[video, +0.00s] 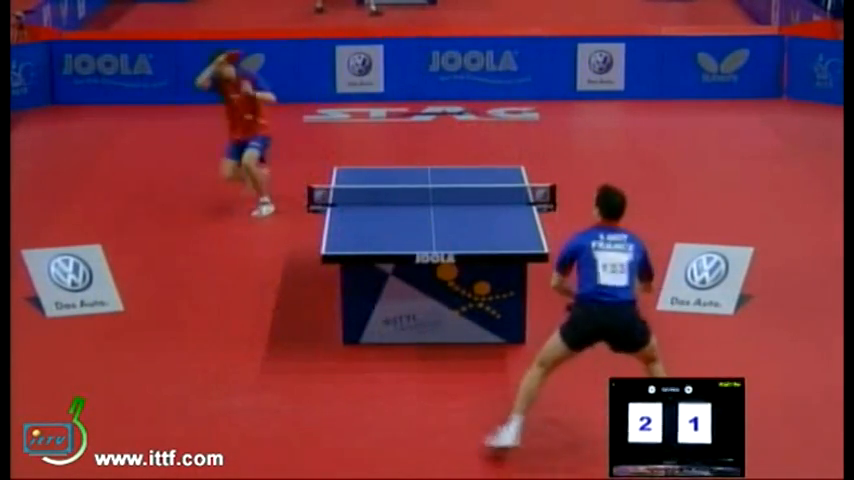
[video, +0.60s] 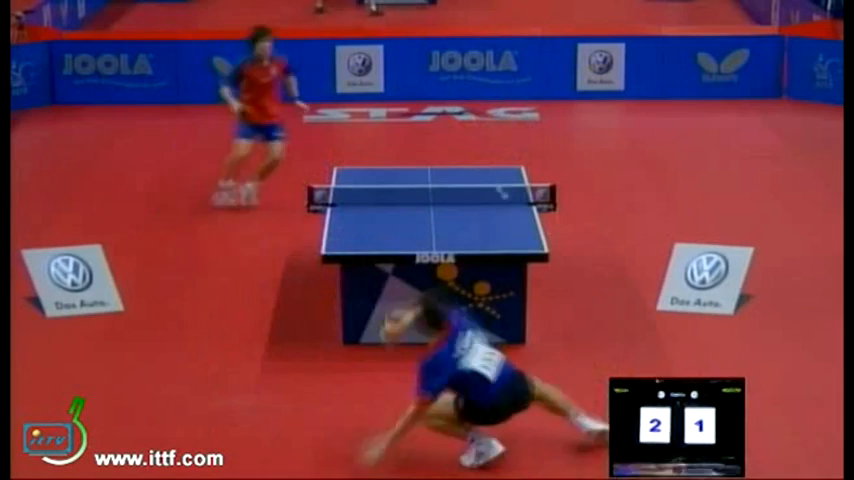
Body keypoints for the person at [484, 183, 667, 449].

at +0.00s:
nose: (595, 208)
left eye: (596, 205)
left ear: (597, 209)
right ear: (623, 211)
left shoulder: (583, 239)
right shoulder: (634, 243)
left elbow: (557, 283)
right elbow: (647, 284)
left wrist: (579, 295)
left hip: (587, 316)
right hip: (624, 317)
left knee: (541, 366)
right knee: (652, 362)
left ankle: (513, 426)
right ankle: (671, 419)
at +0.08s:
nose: (593, 220)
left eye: (595, 216)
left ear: (597, 220)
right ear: (622, 223)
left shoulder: (578, 249)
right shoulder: (633, 255)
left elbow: (561, 290)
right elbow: (644, 299)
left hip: (577, 324)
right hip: (614, 326)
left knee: (534, 379)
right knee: (639, 366)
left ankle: (496, 438)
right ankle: (660, 433)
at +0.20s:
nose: (586, 237)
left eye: (588, 233)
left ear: (588, 237)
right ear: (613, 242)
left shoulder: (568, 264)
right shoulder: (616, 277)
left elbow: (556, 308)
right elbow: (619, 322)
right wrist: (637, 342)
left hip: (555, 344)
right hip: (591, 347)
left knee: (508, 390)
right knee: (626, 366)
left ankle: (495, 449)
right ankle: (635, 437)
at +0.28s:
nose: (572, 246)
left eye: (574, 243)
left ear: (574, 247)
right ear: (598, 254)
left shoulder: (553, 274)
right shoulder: (591, 289)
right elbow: (586, 338)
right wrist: (617, 363)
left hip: (532, 356)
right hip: (566, 357)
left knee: (492, 395)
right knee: (617, 374)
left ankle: (491, 444)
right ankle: (634, 447)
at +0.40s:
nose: (559, 267)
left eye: (558, 261)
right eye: (558, 262)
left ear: (529, 259)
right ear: (553, 267)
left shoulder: (504, 286)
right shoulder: (541, 303)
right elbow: (554, 351)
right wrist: (589, 350)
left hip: (502, 374)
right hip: (539, 374)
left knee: (472, 399)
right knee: (595, 392)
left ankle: (481, 433)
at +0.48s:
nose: (475, 290)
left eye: (478, 286)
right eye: (476, 286)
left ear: (484, 288)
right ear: (506, 287)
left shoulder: (467, 314)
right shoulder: (514, 311)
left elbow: (447, 348)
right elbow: (541, 333)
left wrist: (466, 305)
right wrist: (558, 299)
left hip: (492, 390)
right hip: (528, 379)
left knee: (450, 398)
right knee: (578, 393)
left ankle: (486, 436)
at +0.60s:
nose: (414, 319)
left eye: (418, 317)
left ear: (424, 327)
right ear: (444, 316)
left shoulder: (436, 362)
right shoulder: (463, 321)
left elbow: (419, 410)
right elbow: (432, 308)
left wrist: (386, 443)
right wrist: (406, 319)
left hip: (489, 412)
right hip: (518, 390)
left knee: (425, 416)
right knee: (537, 387)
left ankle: (482, 444)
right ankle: (583, 420)